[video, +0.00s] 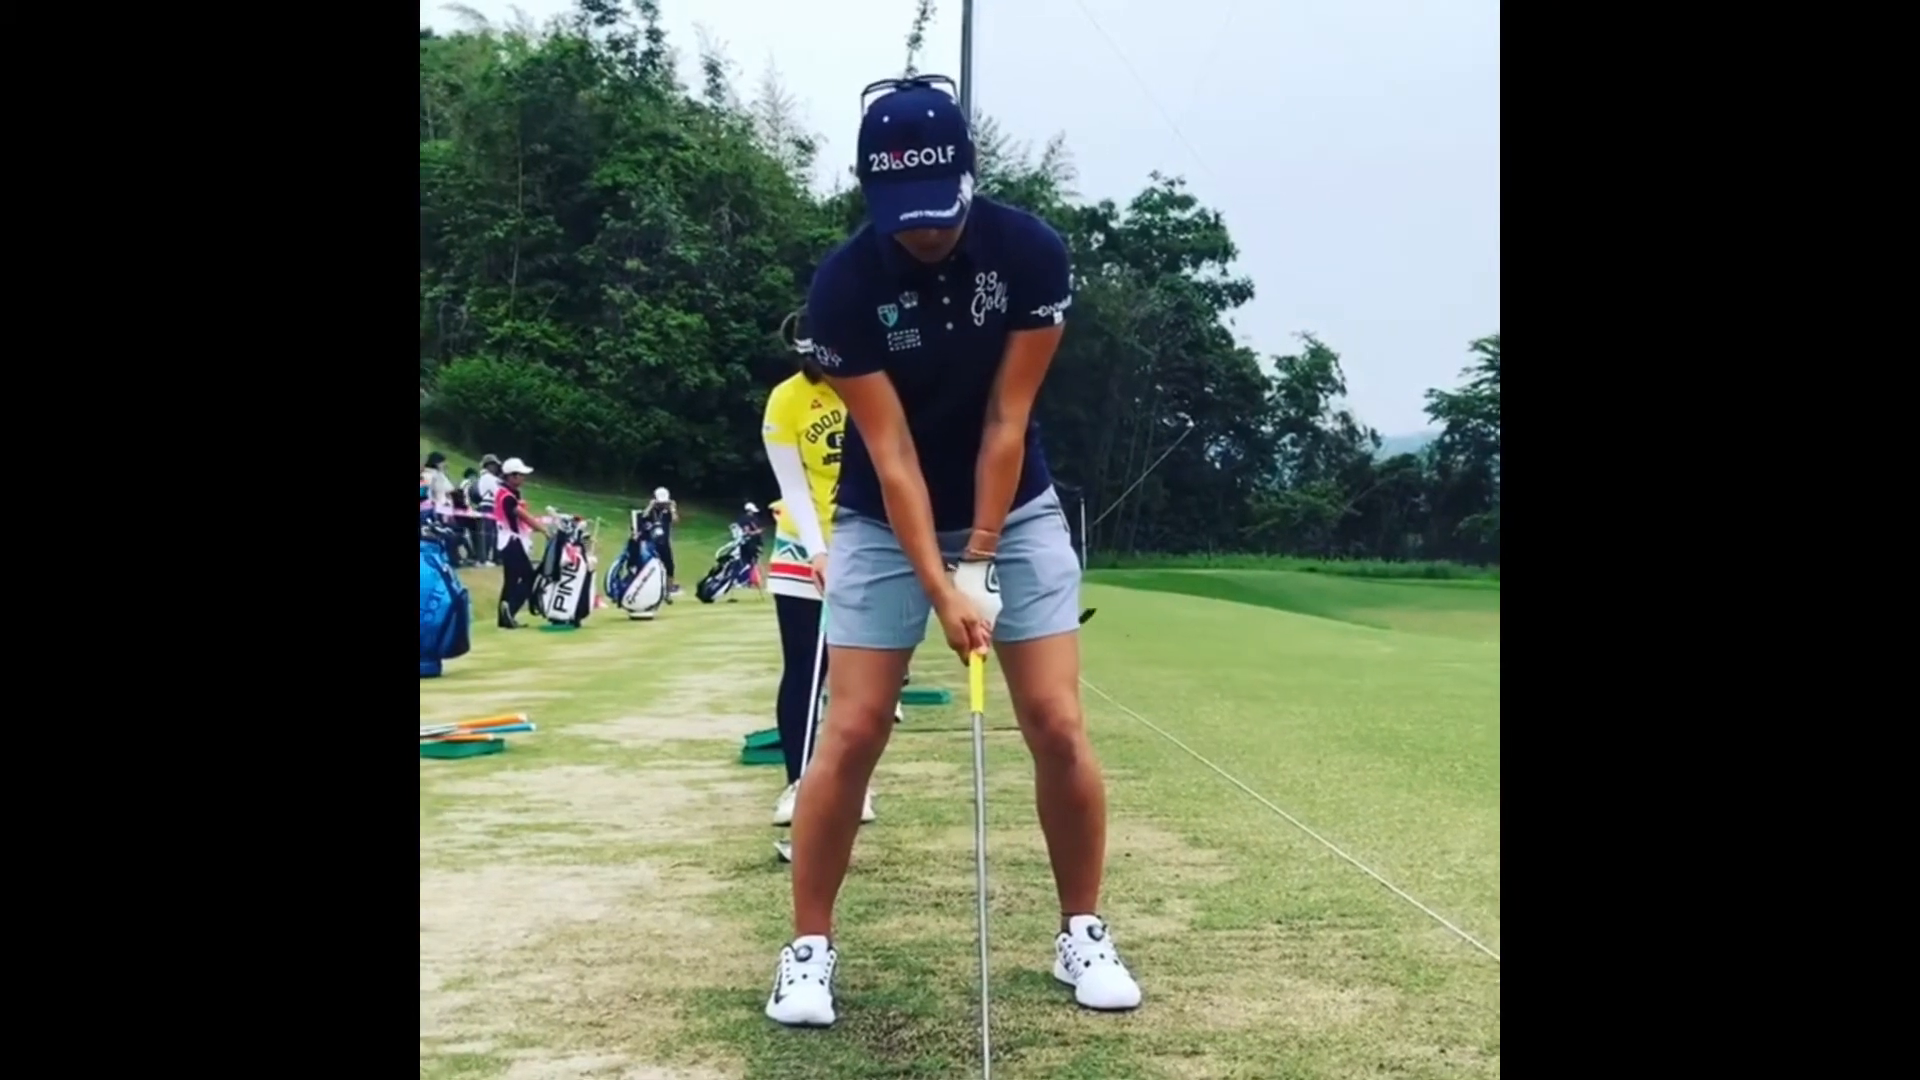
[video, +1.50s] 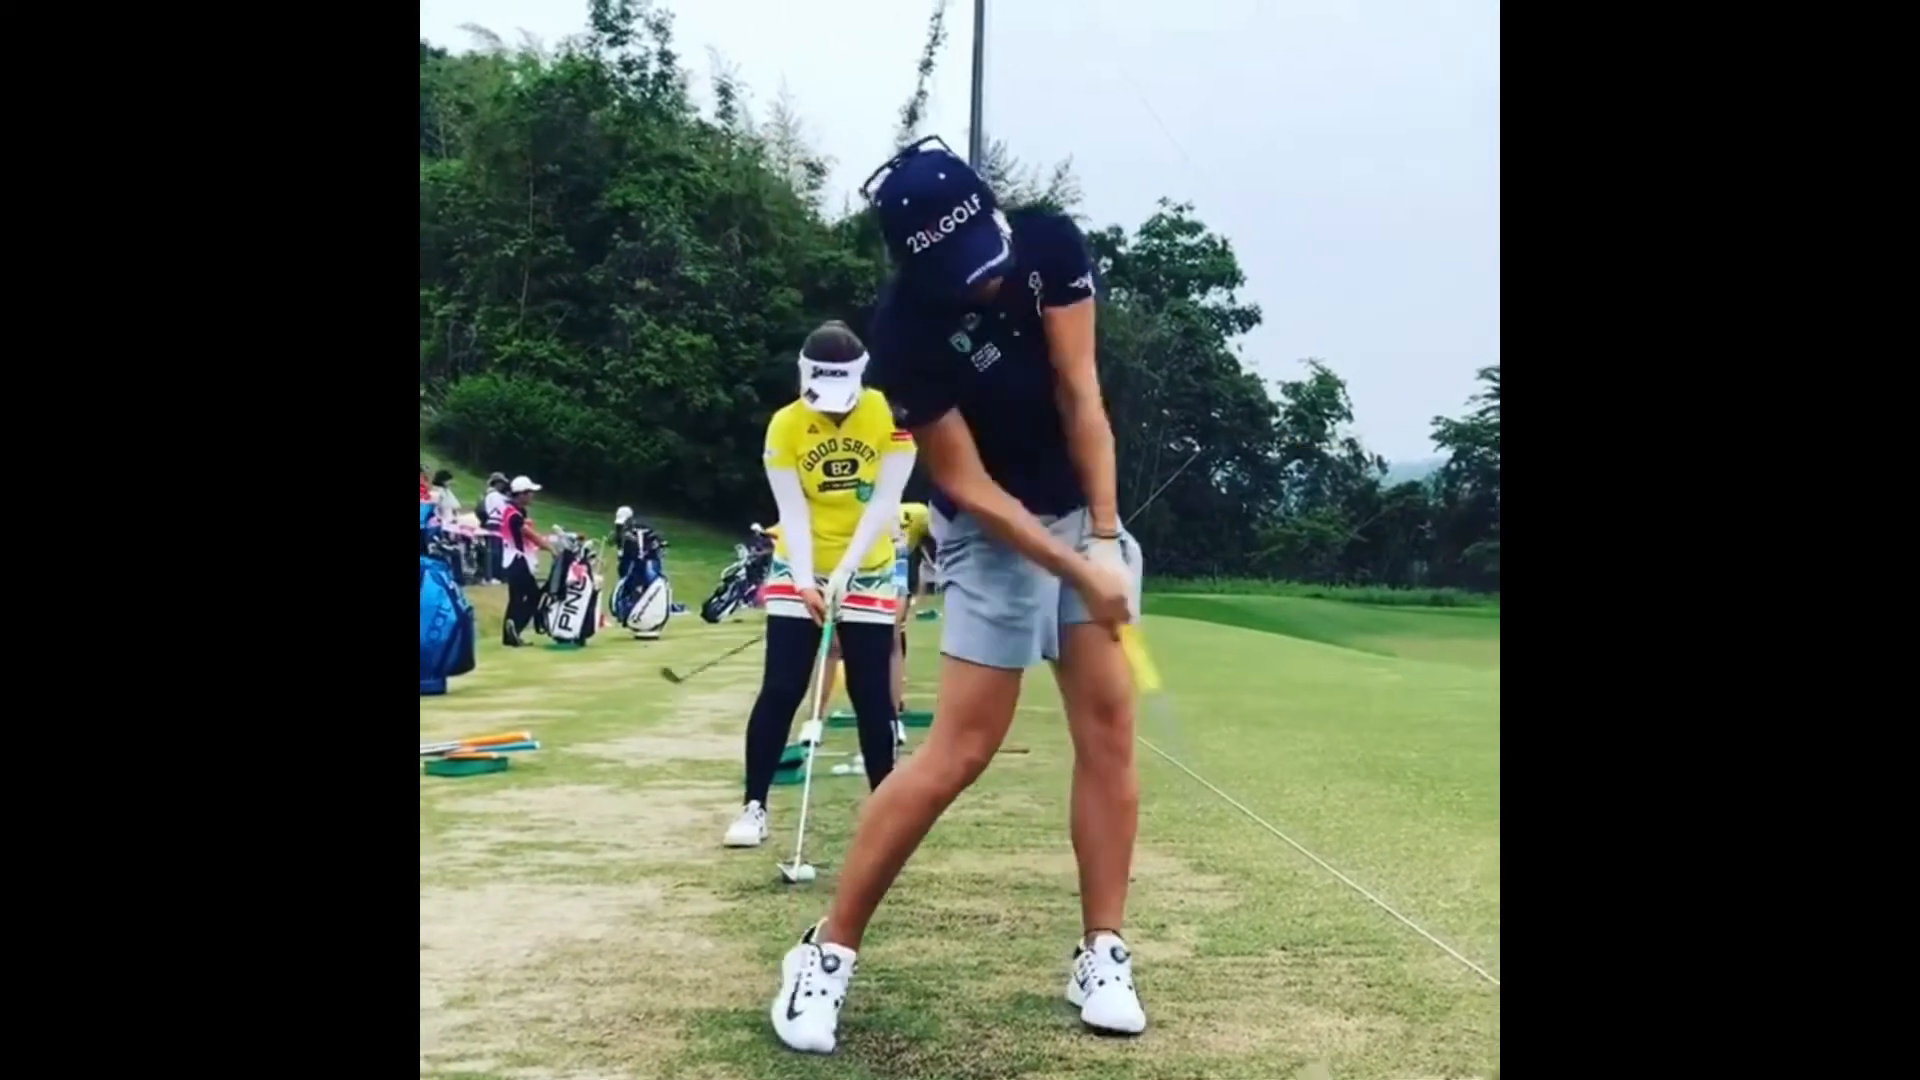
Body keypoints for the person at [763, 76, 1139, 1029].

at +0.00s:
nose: (928, 228)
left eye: (943, 207)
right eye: (908, 211)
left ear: (970, 176)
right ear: (875, 188)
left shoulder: (1029, 253)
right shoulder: (841, 286)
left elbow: (1009, 417)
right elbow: (891, 456)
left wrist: (980, 558)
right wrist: (939, 585)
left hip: (1012, 505)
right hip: (882, 513)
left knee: (1058, 725)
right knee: (855, 729)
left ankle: (1083, 933)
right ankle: (809, 946)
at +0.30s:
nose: (934, 232)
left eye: (949, 211)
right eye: (914, 215)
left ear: (977, 181)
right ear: (881, 192)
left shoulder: (1036, 257)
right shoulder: (848, 291)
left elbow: (1013, 422)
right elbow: (900, 463)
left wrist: (988, 563)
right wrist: (948, 590)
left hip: (1015, 508)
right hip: (886, 516)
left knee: (1061, 728)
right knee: (860, 731)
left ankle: (1090, 937)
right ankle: (814, 948)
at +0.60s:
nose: (939, 241)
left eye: (955, 220)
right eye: (920, 224)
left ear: (983, 194)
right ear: (888, 201)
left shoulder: (1038, 277)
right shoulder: (849, 298)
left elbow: (1006, 439)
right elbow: (893, 466)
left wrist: (980, 583)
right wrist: (931, 601)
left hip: (1013, 519)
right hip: (885, 526)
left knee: (1064, 734)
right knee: (860, 736)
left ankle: (1098, 941)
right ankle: (822, 954)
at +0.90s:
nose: (939, 253)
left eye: (957, 234)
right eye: (921, 234)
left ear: (991, 212)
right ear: (896, 209)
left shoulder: (999, 322)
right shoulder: (875, 260)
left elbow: (833, 416)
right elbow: (797, 375)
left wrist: (698, 487)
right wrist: (685, 453)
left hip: (1017, 541)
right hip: (895, 541)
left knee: (1068, 757)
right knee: (867, 736)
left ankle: (1103, 946)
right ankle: (828, 958)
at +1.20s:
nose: (932, 254)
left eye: (952, 236)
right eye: (915, 236)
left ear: (992, 217)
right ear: (892, 216)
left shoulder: (976, 313)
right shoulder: (905, 277)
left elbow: (819, 249)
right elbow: (841, 289)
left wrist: (764, 168)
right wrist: (798, 173)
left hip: (1016, 552)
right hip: (901, 544)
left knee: (1057, 776)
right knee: (871, 737)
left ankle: (1100, 952)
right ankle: (826, 961)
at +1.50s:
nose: (985, 273)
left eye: (988, 251)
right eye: (963, 267)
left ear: (994, 215)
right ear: (916, 259)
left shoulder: (1048, 245)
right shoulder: (903, 333)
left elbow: (1080, 392)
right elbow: (965, 482)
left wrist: (1107, 530)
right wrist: (1074, 569)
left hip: (1086, 520)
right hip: (988, 530)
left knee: (1109, 726)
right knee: (960, 748)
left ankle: (1104, 951)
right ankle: (828, 952)